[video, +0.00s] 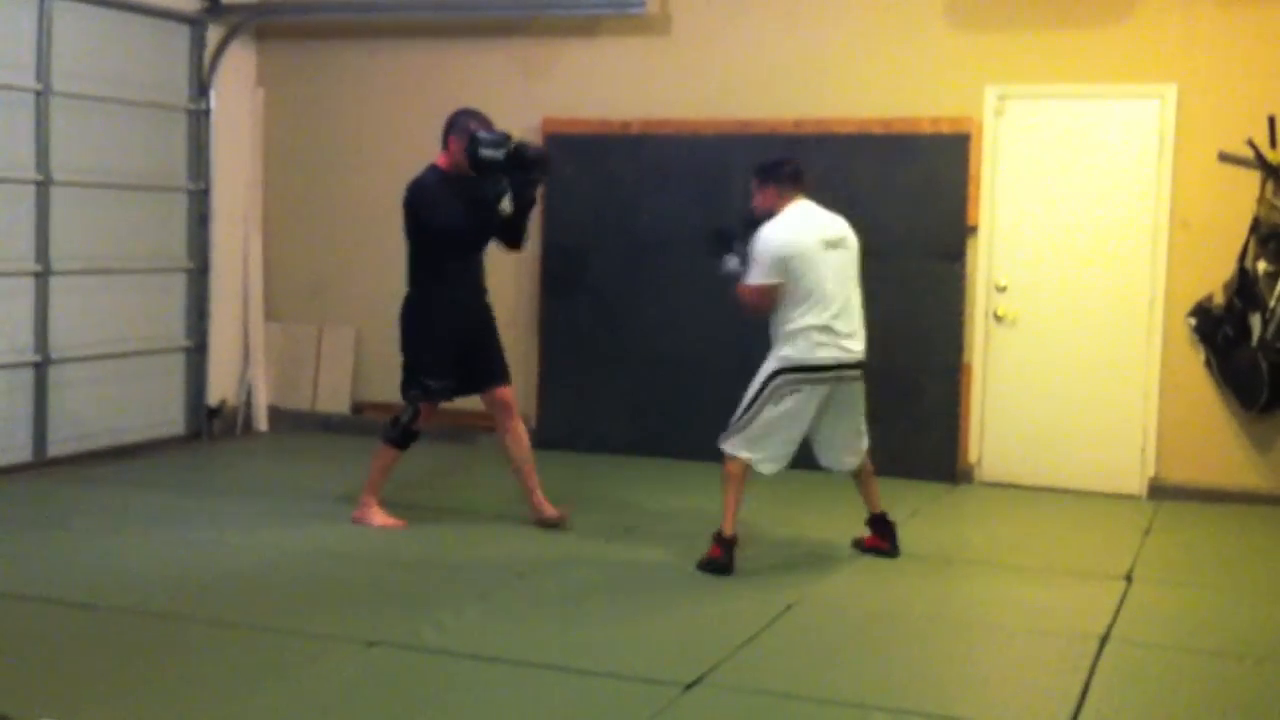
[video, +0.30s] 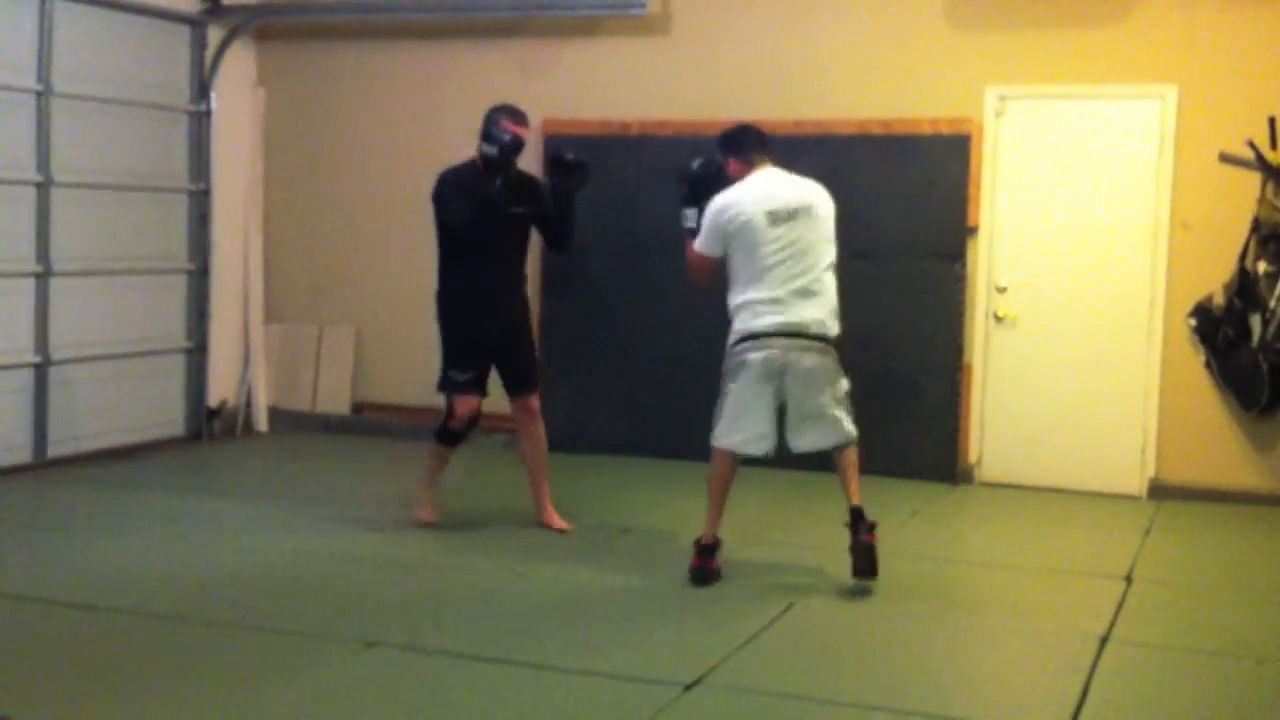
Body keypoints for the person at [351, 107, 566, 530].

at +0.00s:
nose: (481, 153)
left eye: (485, 144)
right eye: (475, 143)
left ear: (486, 147)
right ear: (452, 142)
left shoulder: (478, 187)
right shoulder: (425, 189)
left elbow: (512, 237)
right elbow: (459, 239)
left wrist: (525, 188)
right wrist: (489, 190)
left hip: (472, 311)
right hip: (429, 313)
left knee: (503, 401)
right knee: (418, 409)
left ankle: (538, 501)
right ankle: (367, 502)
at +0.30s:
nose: (511, 146)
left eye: (518, 140)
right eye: (504, 137)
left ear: (525, 143)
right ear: (485, 135)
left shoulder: (526, 187)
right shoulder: (454, 182)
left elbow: (558, 240)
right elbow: (459, 230)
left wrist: (564, 192)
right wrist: (491, 175)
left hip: (510, 310)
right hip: (463, 309)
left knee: (529, 406)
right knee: (464, 410)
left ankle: (544, 506)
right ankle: (427, 493)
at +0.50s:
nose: (509, 152)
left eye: (517, 146)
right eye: (502, 143)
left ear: (524, 148)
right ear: (482, 140)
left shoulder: (529, 189)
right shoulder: (458, 185)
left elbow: (551, 253)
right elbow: (458, 232)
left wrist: (551, 198)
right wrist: (489, 178)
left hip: (516, 311)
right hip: (466, 312)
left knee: (558, 392)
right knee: (466, 412)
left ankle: (561, 496)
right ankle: (451, 503)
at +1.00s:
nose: (539, 148)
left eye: (546, 140)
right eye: (531, 139)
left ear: (558, 139)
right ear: (514, 136)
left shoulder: (571, 184)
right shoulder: (494, 182)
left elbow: (617, 232)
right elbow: (495, 224)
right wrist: (528, 174)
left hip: (562, 320)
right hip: (510, 319)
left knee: (572, 418)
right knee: (489, 416)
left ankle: (591, 530)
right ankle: (475, 507)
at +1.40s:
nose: (510, 142)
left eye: (517, 133)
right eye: (501, 133)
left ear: (531, 133)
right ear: (486, 135)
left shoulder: (560, 185)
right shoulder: (478, 191)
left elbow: (614, 211)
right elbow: (480, 234)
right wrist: (501, 172)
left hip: (553, 316)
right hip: (498, 317)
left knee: (575, 408)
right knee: (469, 413)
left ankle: (598, 520)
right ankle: (444, 507)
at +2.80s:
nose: (489, 147)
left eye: (496, 136)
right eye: (478, 140)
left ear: (513, 128)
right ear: (465, 141)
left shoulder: (551, 170)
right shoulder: (471, 183)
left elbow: (578, 232)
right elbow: (478, 264)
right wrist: (472, 202)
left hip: (560, 304)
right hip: (509, 306)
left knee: (566, 418)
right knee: (487, 419)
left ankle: (581, 538)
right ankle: (492, 522)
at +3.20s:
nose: (500, 144)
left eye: (507, 133)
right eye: (490, 134)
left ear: (526, 131)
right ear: (475, 137)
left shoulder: (550, 179)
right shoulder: (471, 186)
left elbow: (556, 231)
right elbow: (486, 246)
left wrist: (540, 165)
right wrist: (500, 174)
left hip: (550, 317)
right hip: (500, 315)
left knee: (554, 433)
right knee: (469, 434)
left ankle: (576, 555)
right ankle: (482, 508)